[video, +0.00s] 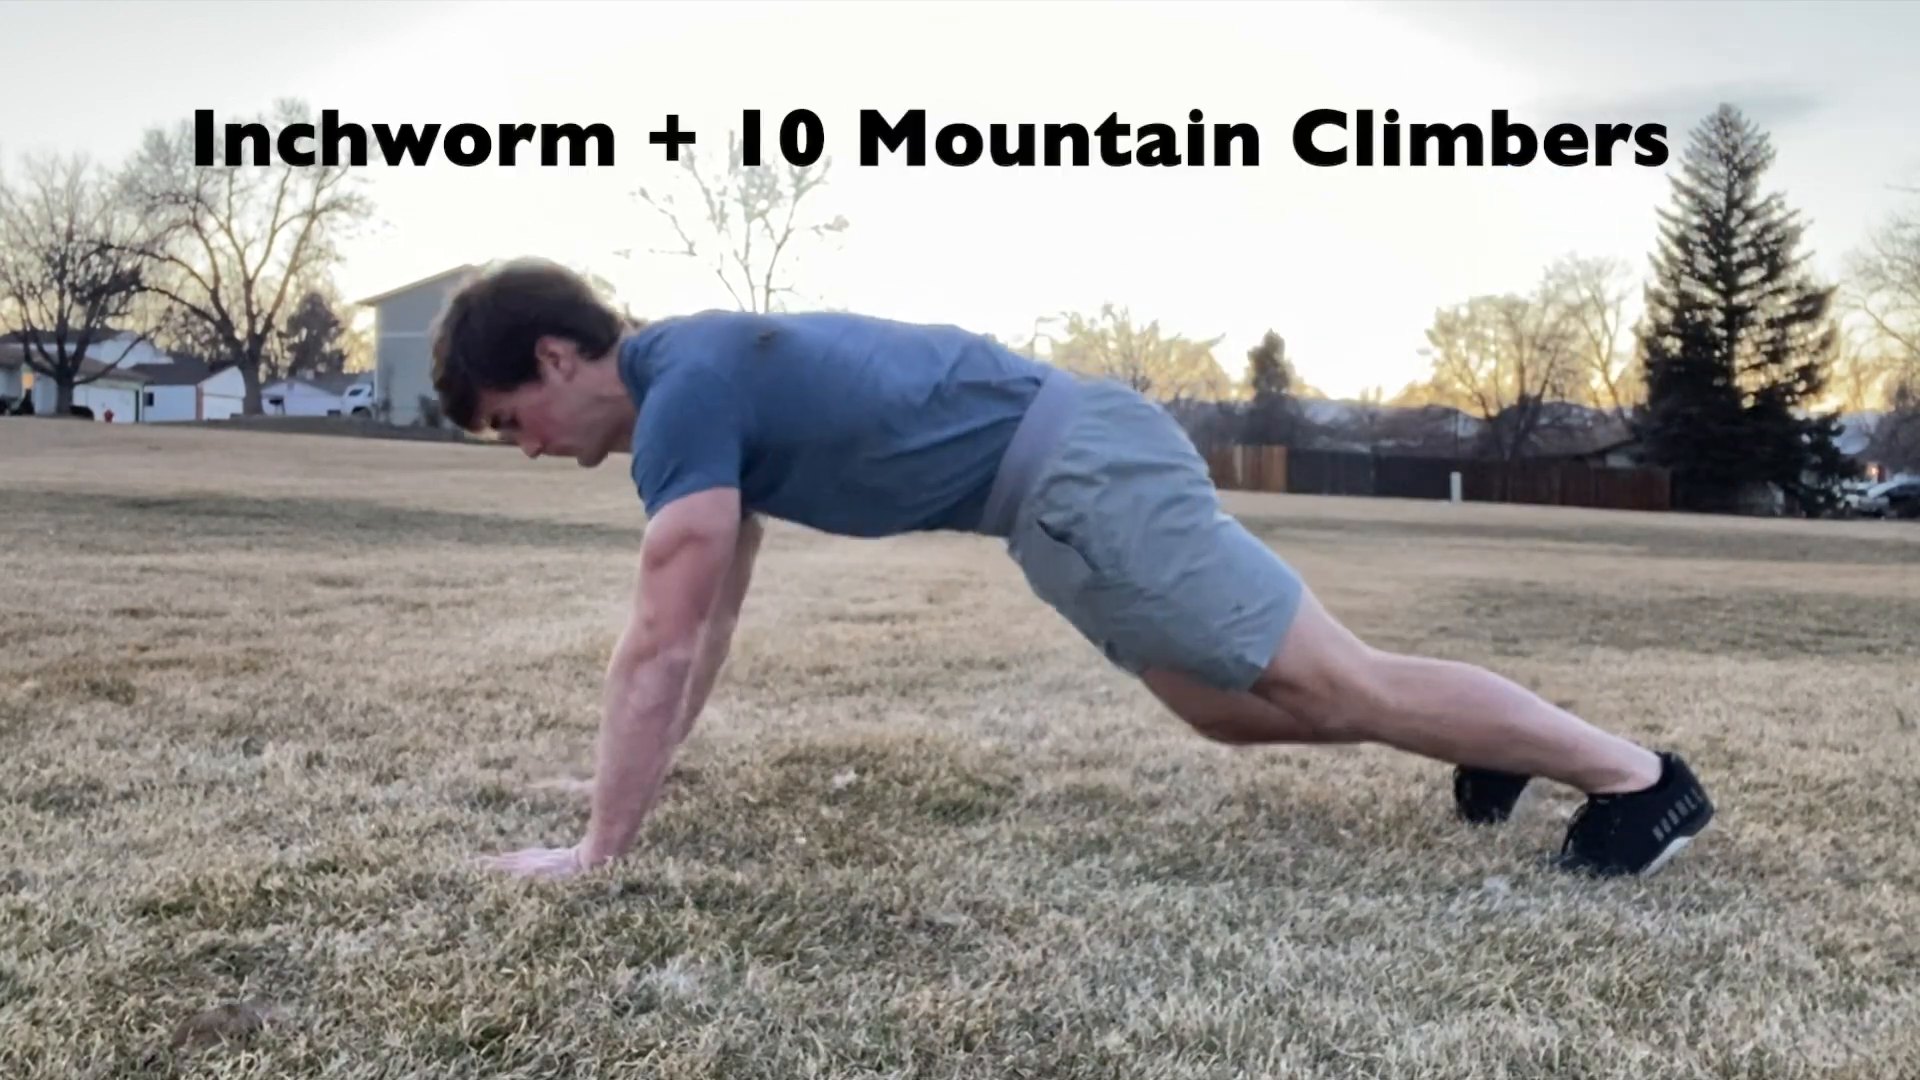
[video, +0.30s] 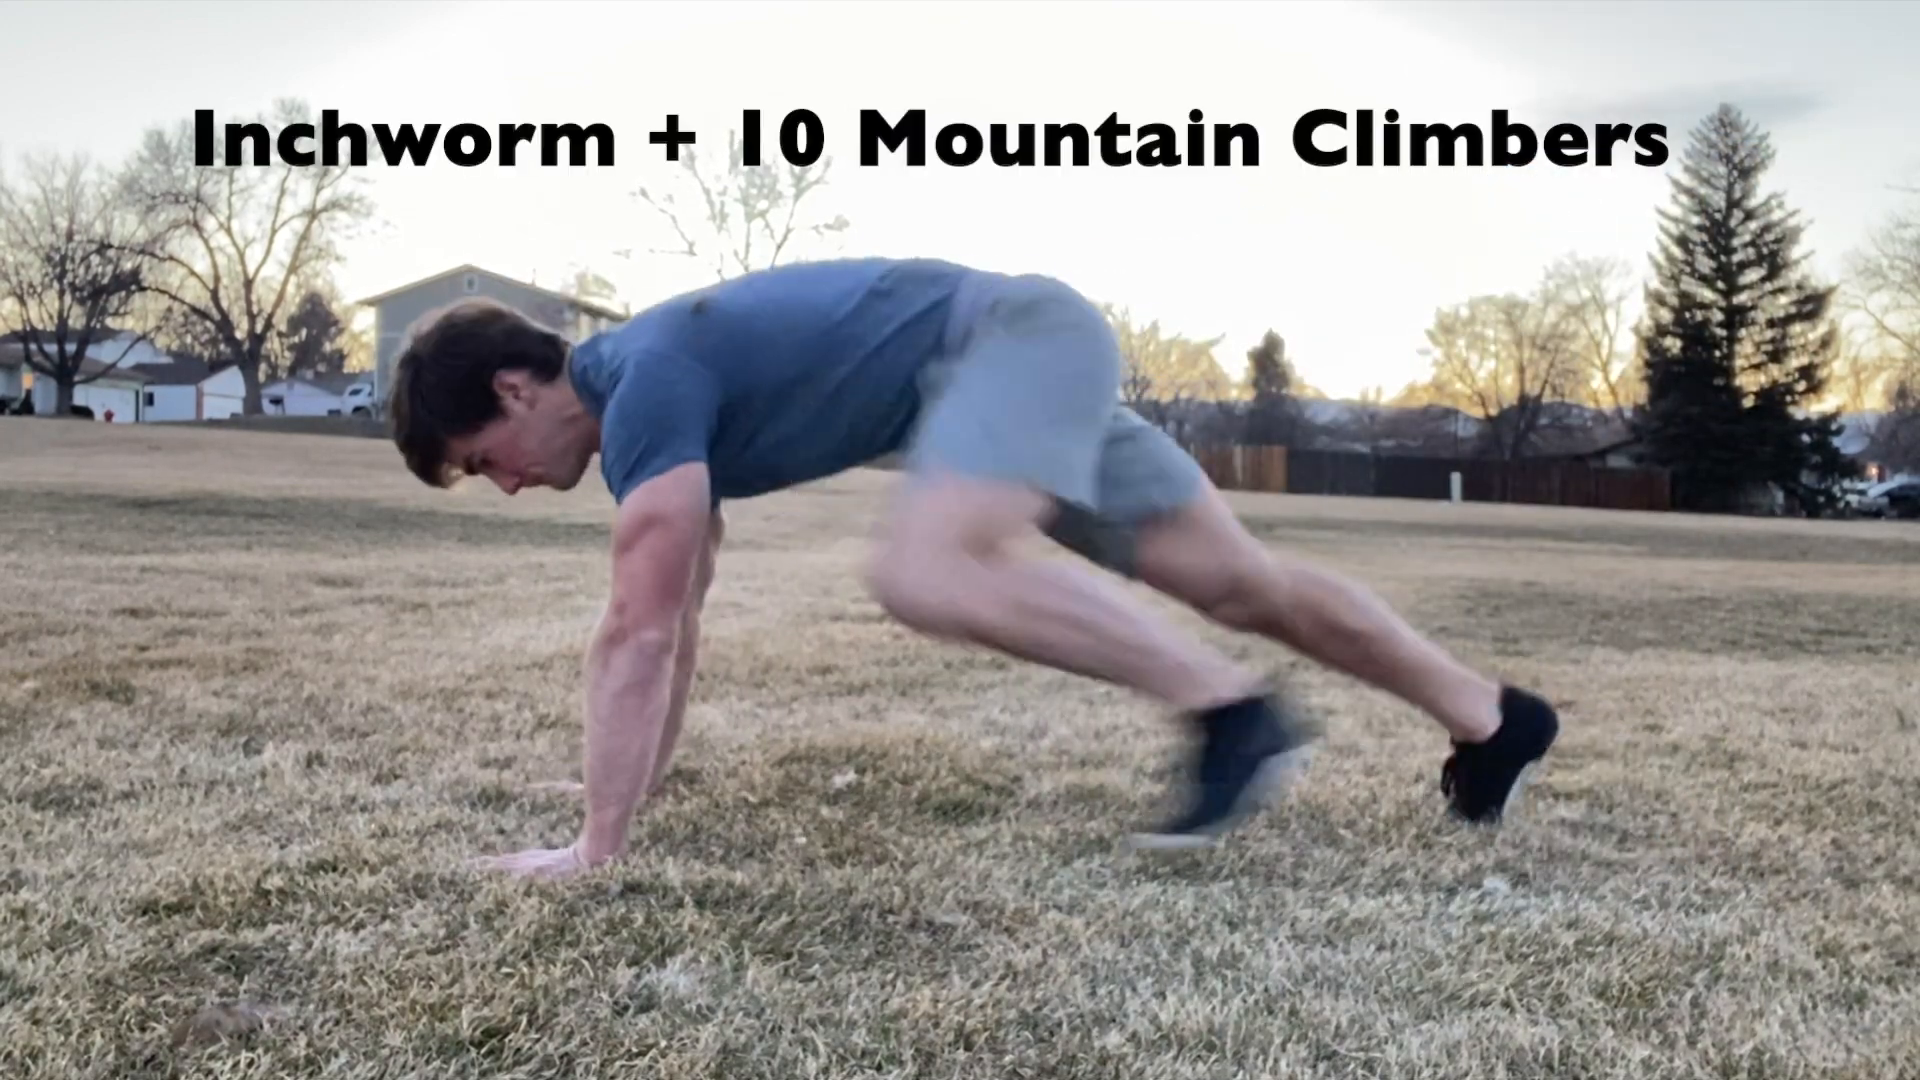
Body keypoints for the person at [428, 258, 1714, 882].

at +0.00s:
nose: (524, 448)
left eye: (513, 419)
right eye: (506, 432)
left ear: (557, 359)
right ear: (567, 357)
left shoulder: (689, 376)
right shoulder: (701, 389)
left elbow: (663, 649)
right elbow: (698, 634)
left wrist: (595, 851)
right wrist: (631, 788)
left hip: (1079, 465)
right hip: (1053, 488)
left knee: (1333, 680)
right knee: (1235, 709)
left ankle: (1642, 779)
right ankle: (1508, 734)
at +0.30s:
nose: (506, 484)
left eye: (487, 459)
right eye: (483, 474)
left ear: (520, 393)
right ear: (526, 397)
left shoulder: (651, 374)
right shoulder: (651, 398)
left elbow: (638, 626)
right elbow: (674, 624)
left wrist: (597, 842)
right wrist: (628, 792)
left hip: (1014, 338)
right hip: (1019, 370)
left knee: (925, 566)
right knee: (1237, 576)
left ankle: (1225, 705)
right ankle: (1491, 716)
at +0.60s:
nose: (508, 480)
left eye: (487, 456)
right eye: (482, 474)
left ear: (516, 382)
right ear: (520, 385)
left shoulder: (659, 374)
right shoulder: (652, 405)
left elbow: (635, 622)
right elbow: (669, 630)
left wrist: (596, 844)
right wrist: (606, 826)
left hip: (1004, 409)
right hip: (1010, 496)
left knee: (726, 447)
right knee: (1216, 675)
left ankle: (763, 808)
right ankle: (1529, 751)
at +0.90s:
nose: (465, 491)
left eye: (444, 469)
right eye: (442, 485)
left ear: (469, 397)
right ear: (473, 400)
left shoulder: (592, 369)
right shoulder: (619, 379)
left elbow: (614, 622)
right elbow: (654, 607)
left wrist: (595, 847)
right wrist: (643, 772)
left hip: (964, 340)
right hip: (917, 366)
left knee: (1109, 664)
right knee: (855, 551)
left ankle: (1419, 617)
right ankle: (1082, 679)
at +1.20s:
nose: (505, 486)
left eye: (482, 463)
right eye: (482, 479)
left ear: (506, 388)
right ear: (515, 384)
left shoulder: (640, 384)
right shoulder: (649, 372)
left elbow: (653, 641)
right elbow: (656, 613)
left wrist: (602, 845)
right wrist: (600, 814)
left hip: (995, 484)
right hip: (934, 474)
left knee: (1225, 689)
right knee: (756, 503)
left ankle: (1510, 744)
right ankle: (832, 735)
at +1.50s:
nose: (459, 512)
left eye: (437, 491)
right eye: (434, 505)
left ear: (458, 415)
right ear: (461, 410)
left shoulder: (605, 371)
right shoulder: (581, 378)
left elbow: (622, 630)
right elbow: (633, 605)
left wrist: (593, 845)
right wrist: (637, 763)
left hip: (949, 289)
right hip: (922, 345)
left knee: (856, 459)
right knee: (1093, 580)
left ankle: (1058, 735)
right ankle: (1378, 588)